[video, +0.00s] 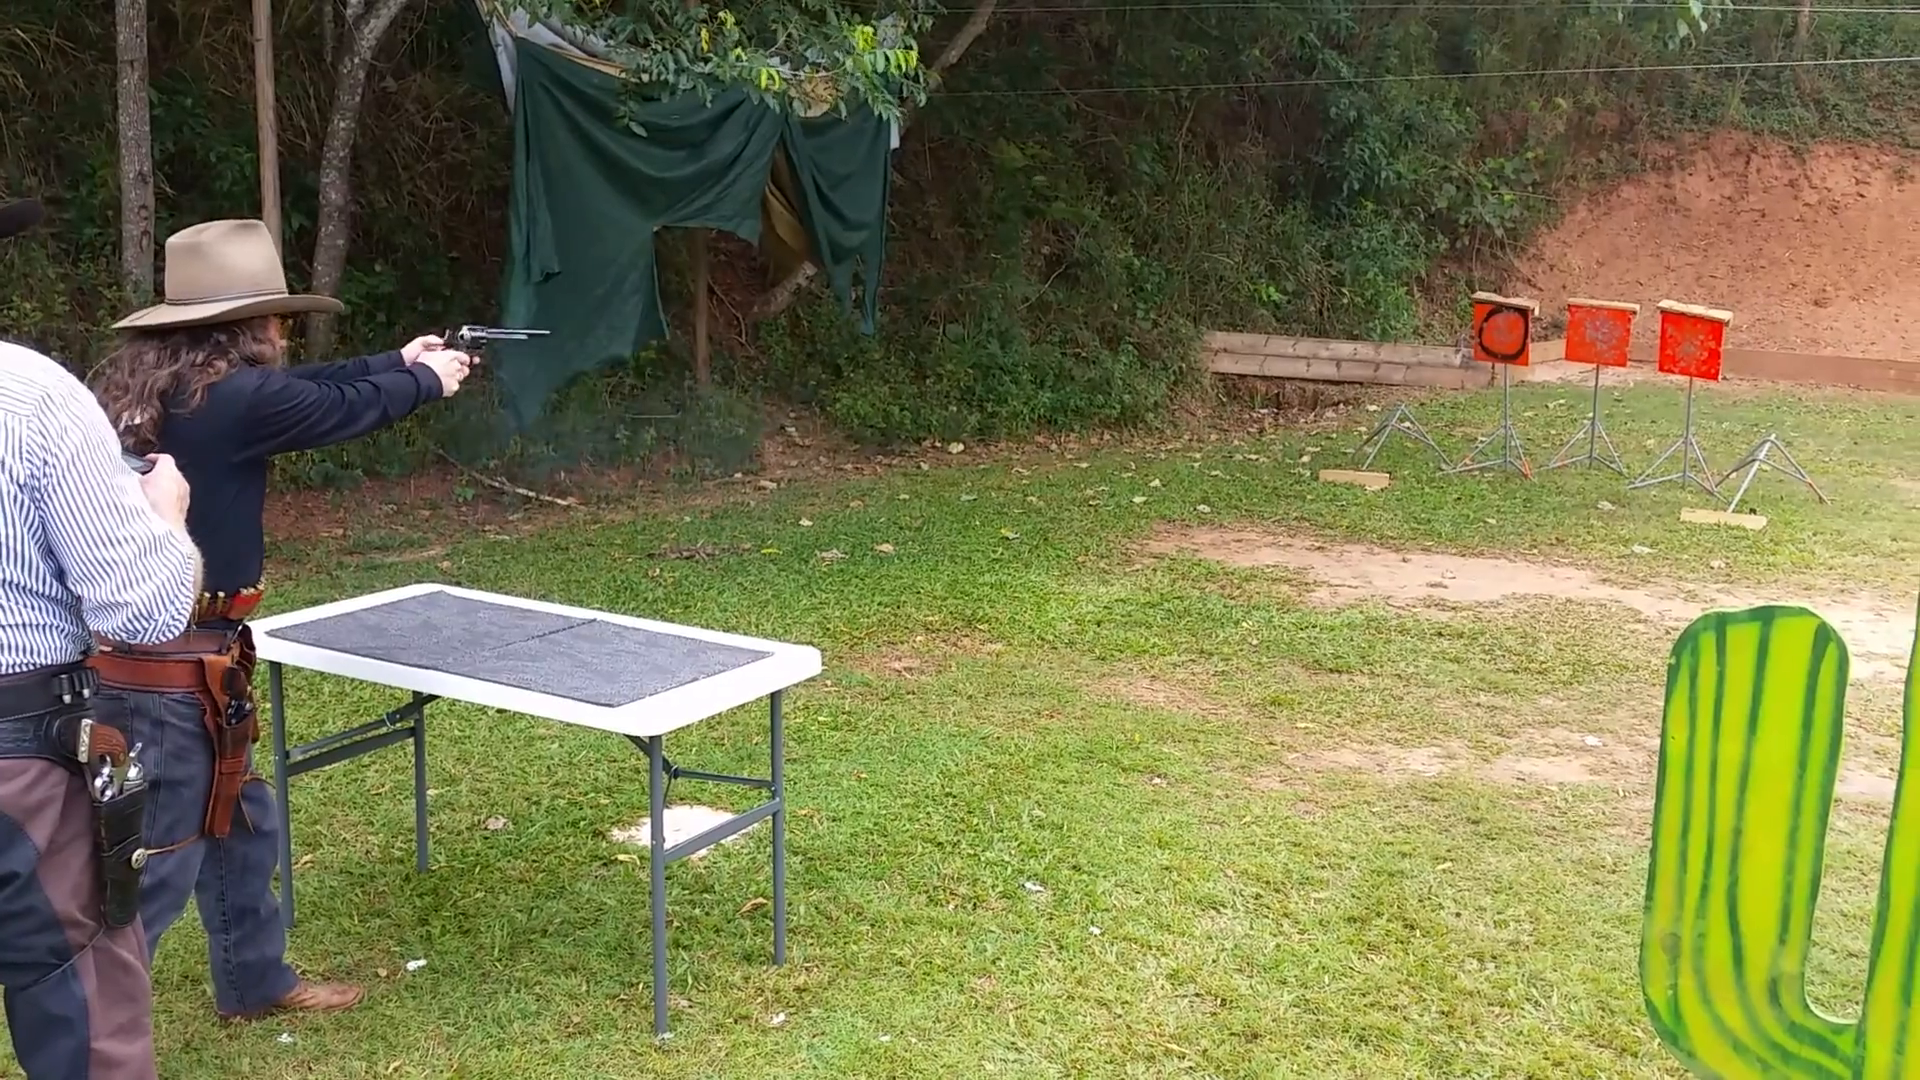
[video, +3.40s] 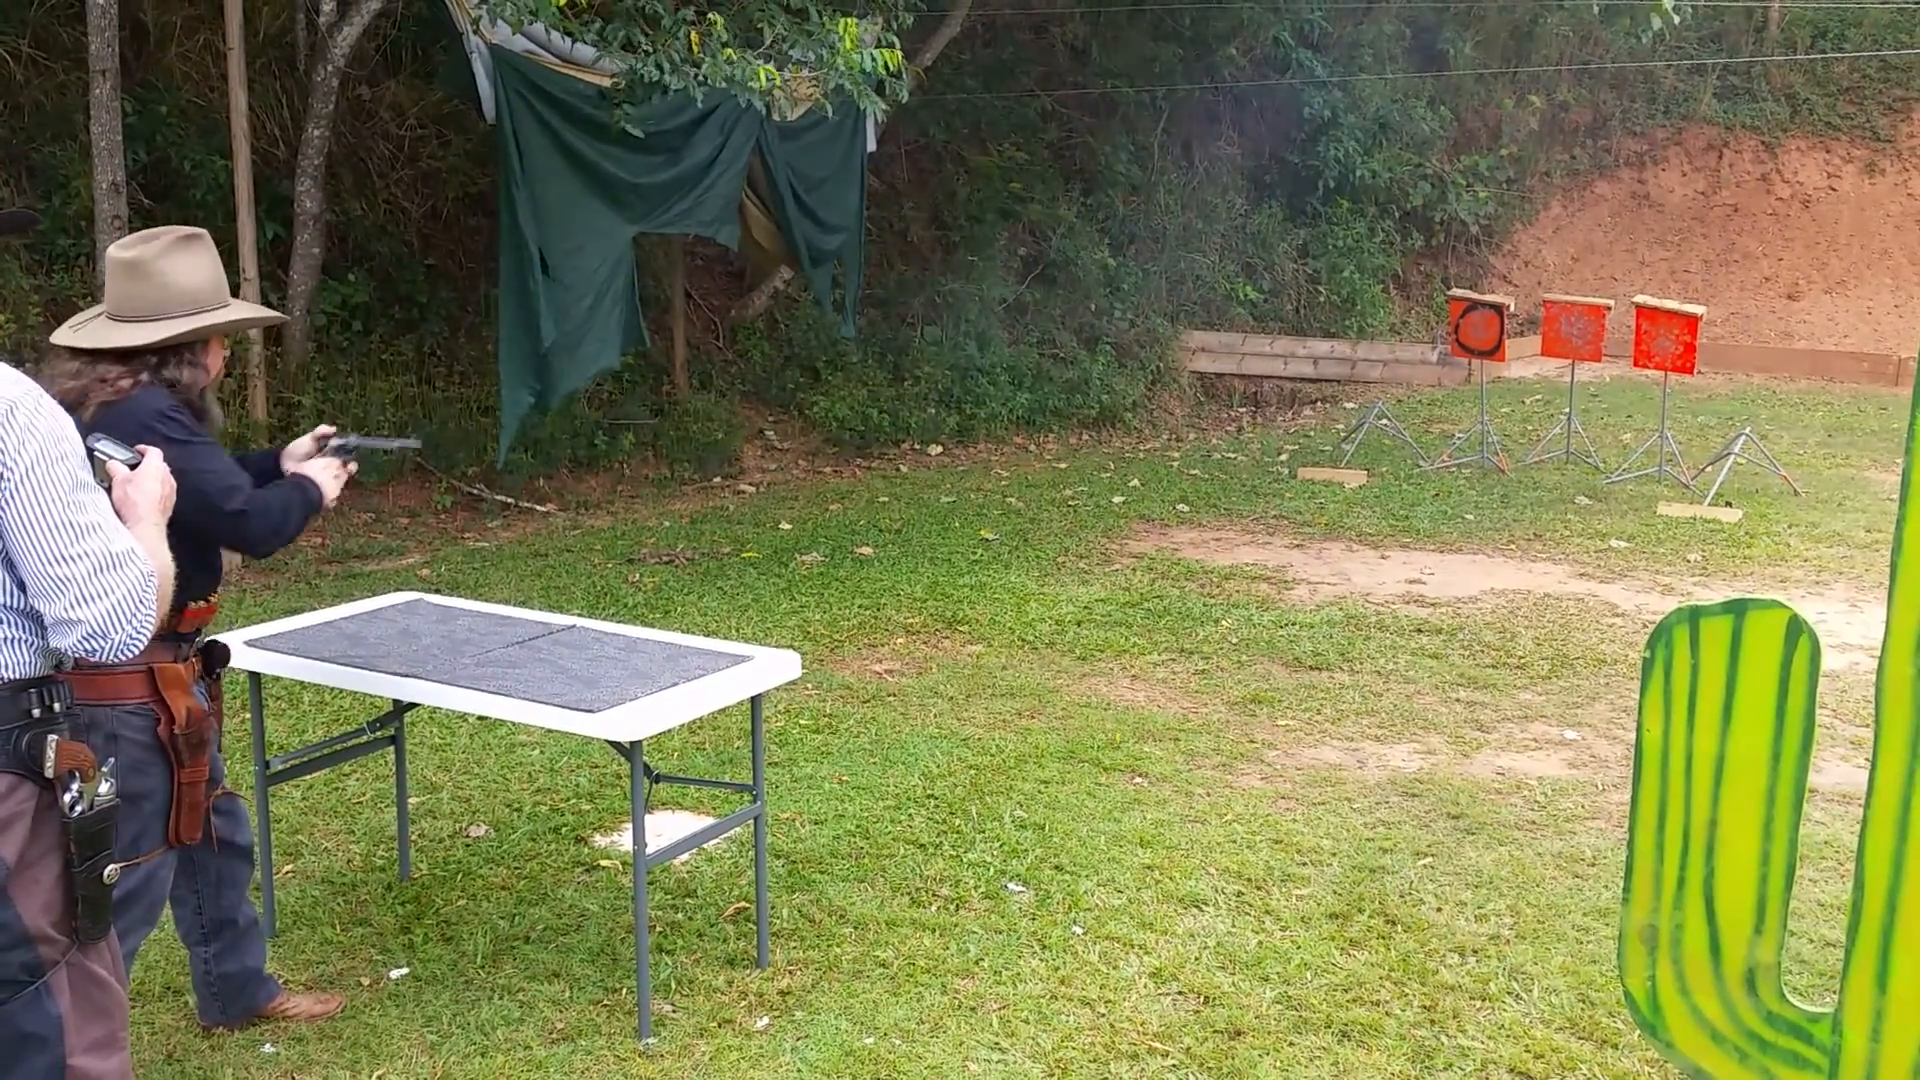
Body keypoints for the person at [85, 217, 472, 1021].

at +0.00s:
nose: (283, 335)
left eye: (280, 321)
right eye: (274, 321)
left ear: (193, 324)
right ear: (242, 325)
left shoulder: (146, 386)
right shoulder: (233, 398)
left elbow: (303, 391)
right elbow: (341, 410)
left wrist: (394, 363)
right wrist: (427, 382)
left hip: (132, 651)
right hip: (174, 665)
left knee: (245, 820)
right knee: (158, 863)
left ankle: (256, 985)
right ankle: (87, 1021)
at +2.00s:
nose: (276, 344)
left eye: (274, 329)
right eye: (267, 328)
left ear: (191, 330)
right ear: (231, 332)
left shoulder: (146, 388)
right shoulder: (214, 403)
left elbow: (298, 390)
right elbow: (334, 414)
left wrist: (400, 359)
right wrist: (427, 380)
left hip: (123, 659)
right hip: (149, 672)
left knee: (230, 823)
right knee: (140, 871)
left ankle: (240, 986)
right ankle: (66, 1031)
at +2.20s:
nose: (264, 366)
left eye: (268, 352)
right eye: (264, 350)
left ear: (189, 321)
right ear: (235, 339)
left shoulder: (138, 378)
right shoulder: (188, 398)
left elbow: (219, 449)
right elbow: (300, 484)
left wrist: (301, 436)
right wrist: (376, 446)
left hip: (185, 653)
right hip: (155, 666)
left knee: (235, 819)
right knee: (149, 855)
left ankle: (240, 985)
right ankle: (76, 1012)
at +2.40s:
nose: (250, 399)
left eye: (257, 386)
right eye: (254, 382)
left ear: (192, 341)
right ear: (228, 363)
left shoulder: (125, 377)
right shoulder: (143, 387)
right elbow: (202, 465)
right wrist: (279, 507)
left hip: (193, 659)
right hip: (135, 670)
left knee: (236, 823)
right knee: (137, 862)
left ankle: (240, 988)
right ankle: (78, 1018)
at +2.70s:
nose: (213, 413)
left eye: (220, 401)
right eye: (212, 398)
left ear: (160, 363)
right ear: (177, 378)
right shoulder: (121, 438)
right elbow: (174, 559)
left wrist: (204, 534)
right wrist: (233, 622)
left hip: (178, 670)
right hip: (112, 680)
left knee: (216, 833)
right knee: (117, 869)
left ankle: (236, 987)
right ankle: (72, 1007)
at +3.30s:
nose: (224, 358)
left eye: (225, 344)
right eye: (217, 344)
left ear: (148, 338)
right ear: (177, 347)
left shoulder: (134, 404)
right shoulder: (122, 407)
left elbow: (169, 509)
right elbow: (160, 518)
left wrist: (238, 508)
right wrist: (240, 522)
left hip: (168, 667)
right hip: (120, 678)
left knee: (213, 836)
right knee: (131, 879)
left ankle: (236, 993)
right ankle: (63, 1032)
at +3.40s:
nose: (224, 356)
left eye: (222, 341)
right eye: (218, 341)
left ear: (133, 341)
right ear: (185, 347)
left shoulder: (103, 411)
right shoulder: (155, 420)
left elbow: (205, 488)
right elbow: (255, 525)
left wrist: (275, 466)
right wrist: (313, 490)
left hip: (150, 668)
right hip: (128, 679)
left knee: (212, 830)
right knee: (130, 878)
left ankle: (237, 993)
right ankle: (70, 1034)